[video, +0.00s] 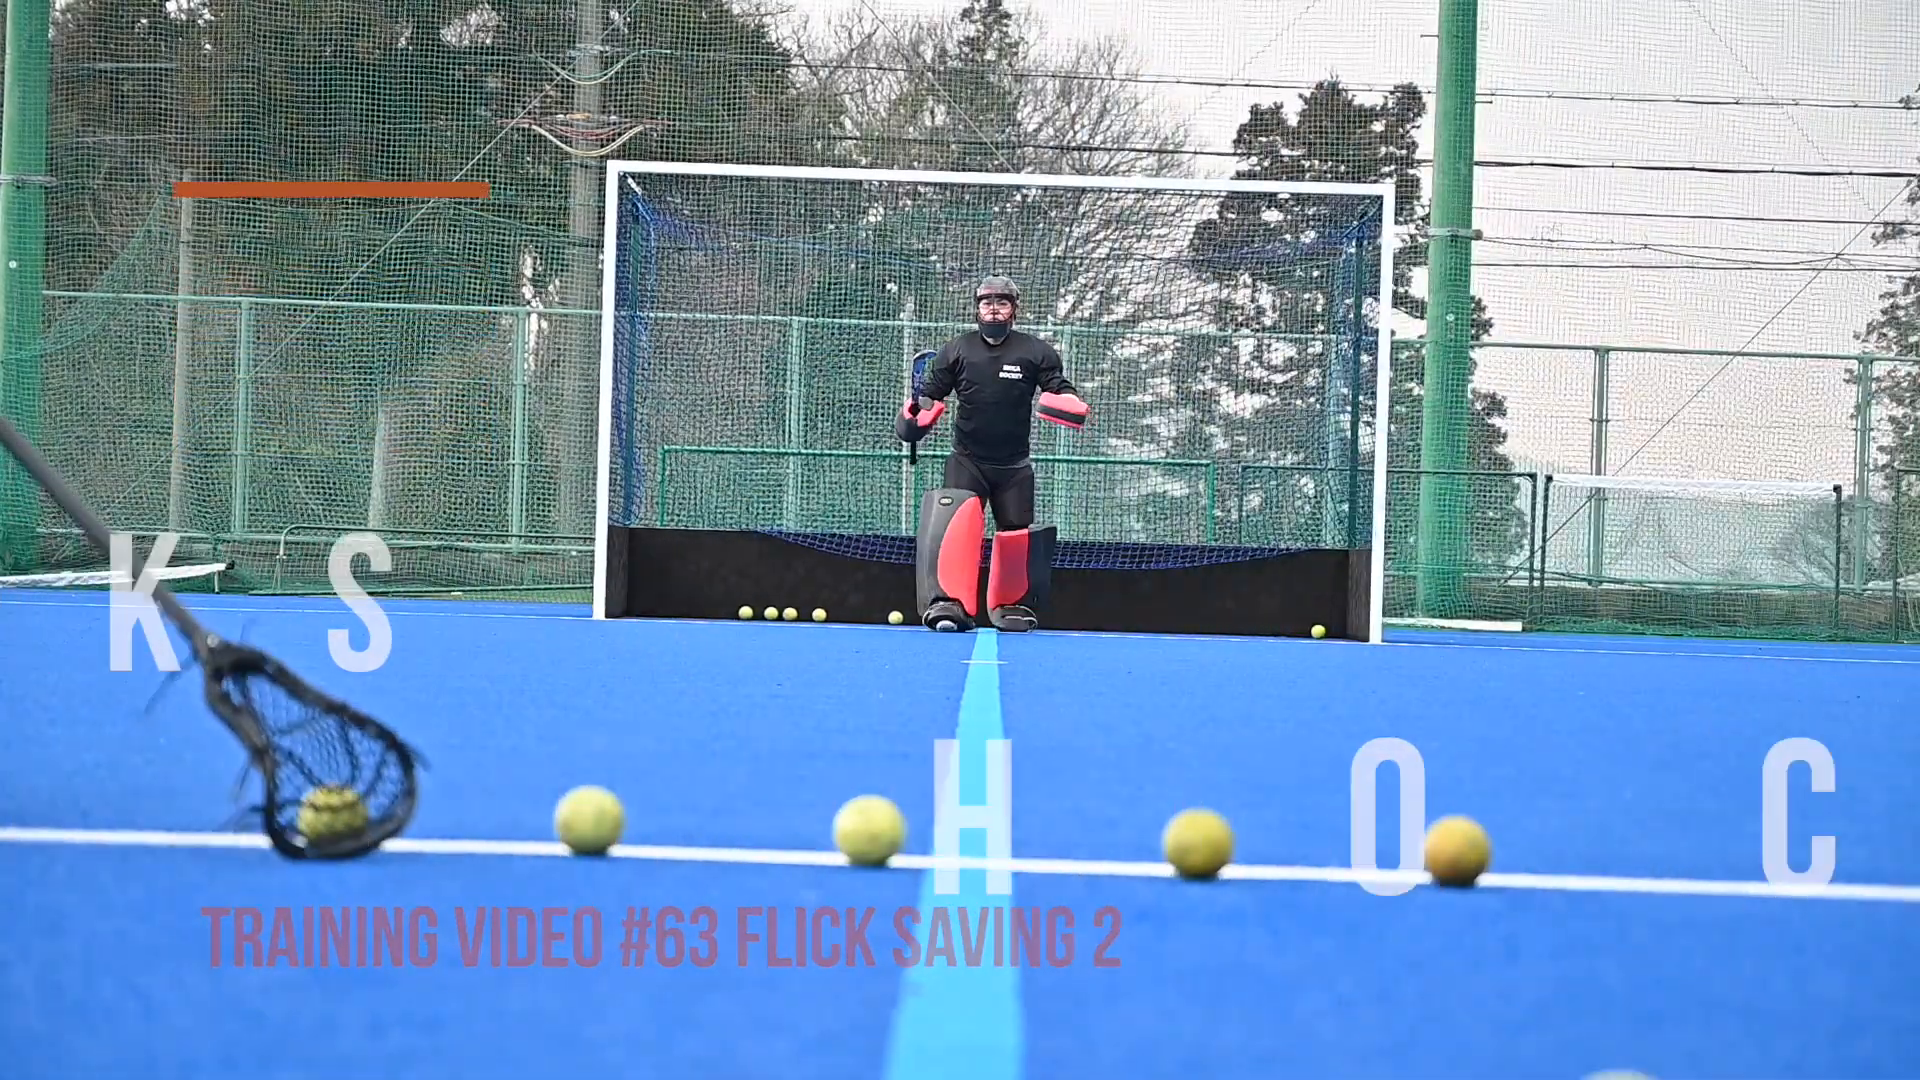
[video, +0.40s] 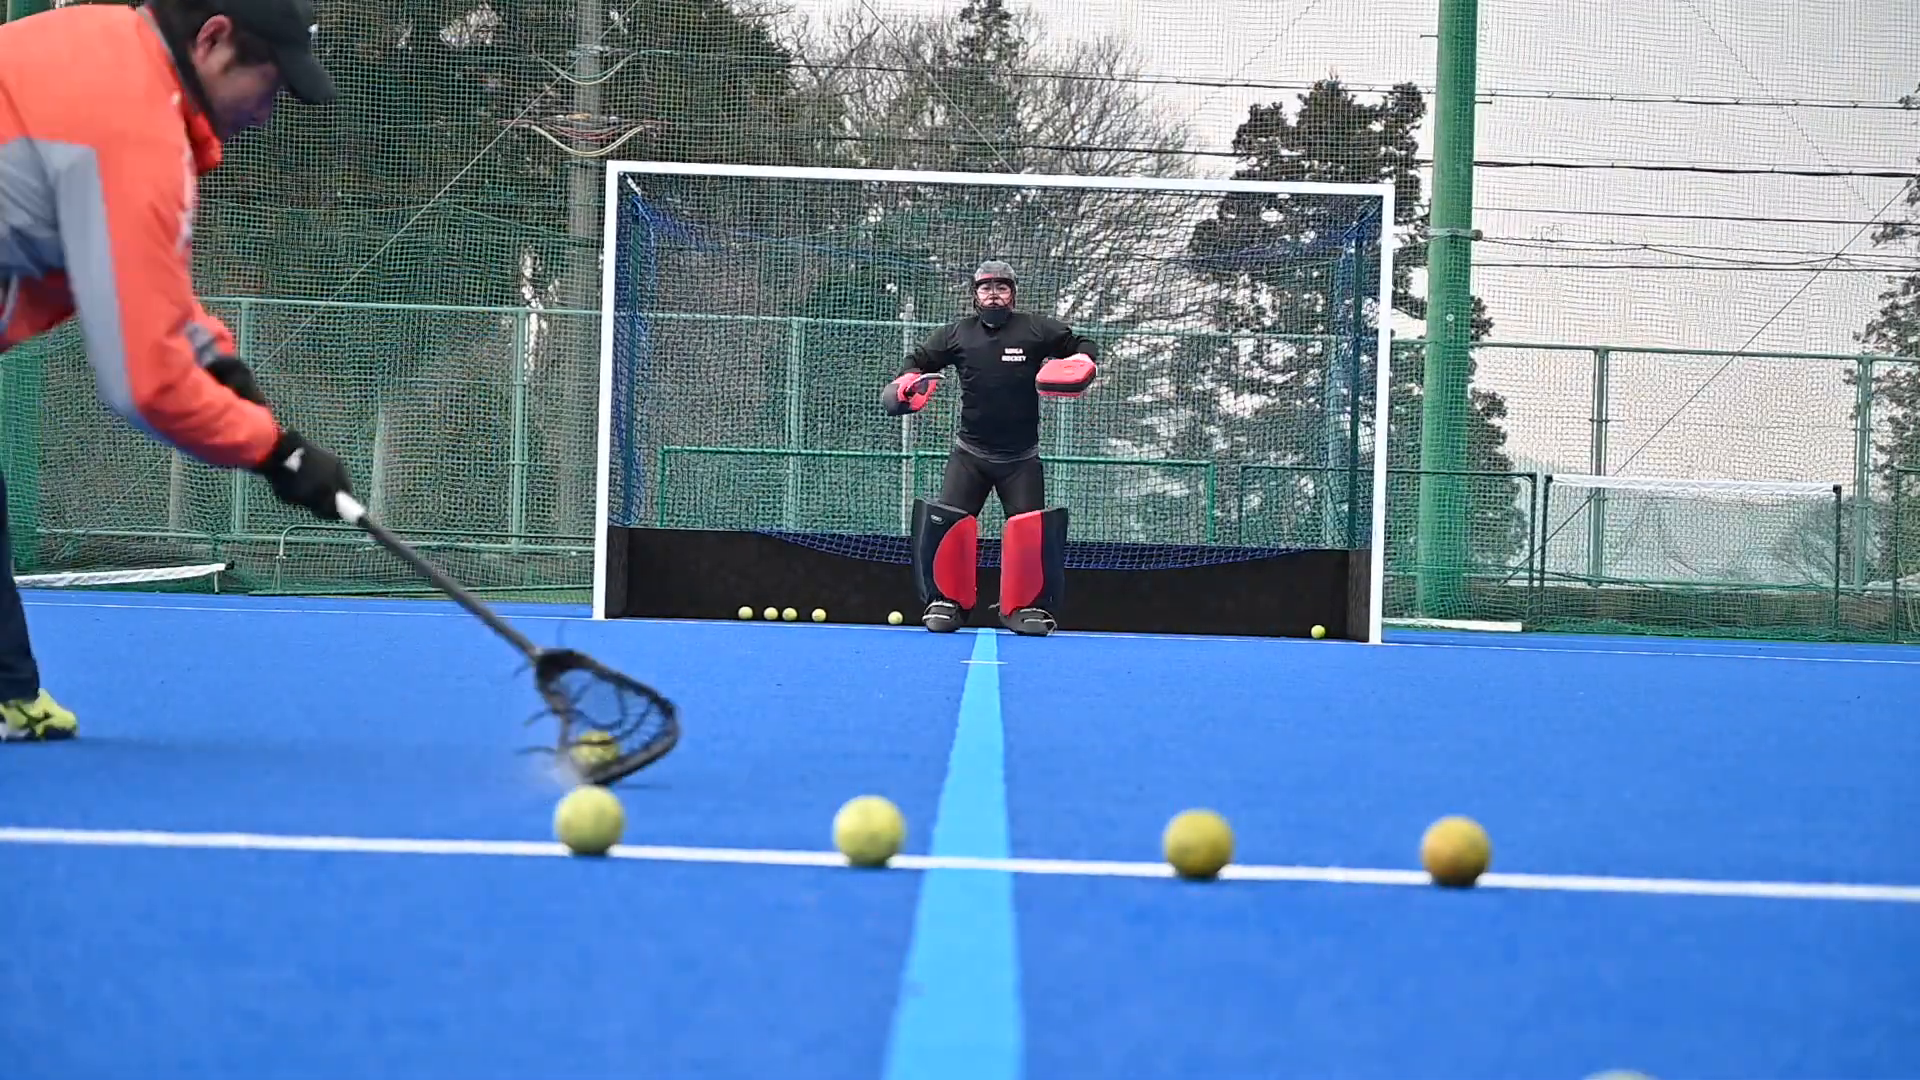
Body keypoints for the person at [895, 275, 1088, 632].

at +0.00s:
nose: (992, 309)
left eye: (1001, 302)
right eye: (986, 302)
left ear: (1014, 309)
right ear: (977, 308)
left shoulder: (1036, 351)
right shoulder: (956, 350)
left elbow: (1060, 388)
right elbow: (929, 396)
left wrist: (1070, 403)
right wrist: (915, 415)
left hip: (1014, 464)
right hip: (966, 460)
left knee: (1016, 538)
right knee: (955, 530)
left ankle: (1011, 608)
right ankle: (949, 607)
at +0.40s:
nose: (993, 293)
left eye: (1001, 286)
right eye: (986, 286)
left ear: (1013, 293)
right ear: (975, 293)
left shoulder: (1037, 330)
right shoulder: (956, 335)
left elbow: (1083, 347)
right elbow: (914, 365)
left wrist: (1081, 365)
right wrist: (903, 389)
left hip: (1021, 457)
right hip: (970, 453)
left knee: (1027, 530)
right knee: (949, 522)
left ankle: (1024, 608)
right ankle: (946, 602)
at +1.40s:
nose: (699, 324)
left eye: (700, 320)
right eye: (696, 320)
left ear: (681, 332)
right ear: (716, 333)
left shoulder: (684, 352)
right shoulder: (743, 368)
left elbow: (682, 393)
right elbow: (765, 425)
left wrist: (645, 431)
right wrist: (775, 483)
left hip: (711, 452)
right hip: (753, 462)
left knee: (649, 517)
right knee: (702, 536)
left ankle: (600, 592)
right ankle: (711, 597)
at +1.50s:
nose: (668, 307)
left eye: (666, 303)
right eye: (669, 302)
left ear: (653, 312)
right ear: (688, 311)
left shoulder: (649, 343)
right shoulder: (716, 349)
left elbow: (631, 394)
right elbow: (739, 408)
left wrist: (588, 434)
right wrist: (757, 465)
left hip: (668, 451)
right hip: (715, 459)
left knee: (616, 520)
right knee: (694, 539)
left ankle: (575, 596)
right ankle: (708, 590)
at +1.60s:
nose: (631, 301)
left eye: (626, 297)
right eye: (642, 294)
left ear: (620, 303)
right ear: (657, 300)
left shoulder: (612, 340)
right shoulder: (689, 337)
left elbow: (583, 396)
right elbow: (712, 395)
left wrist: (547, 433)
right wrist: (733, 439)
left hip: (627, 460)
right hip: (679, 462)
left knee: (590, 531)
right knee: (679, 537)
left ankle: (559, 602)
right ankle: (691, 564)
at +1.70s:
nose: (626, 293)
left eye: (606, 289)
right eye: (629, 288)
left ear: (596, 297)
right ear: (633, 292)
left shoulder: (582, 335)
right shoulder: (662, 330)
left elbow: (553, 392)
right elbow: (685, 389)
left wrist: (520, 434)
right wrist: (717, 425)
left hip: (603, 453)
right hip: (654, 455)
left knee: (579, 527)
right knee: (661, 526)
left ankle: (558, 599)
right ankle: (658, 564)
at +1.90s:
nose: (619, 284)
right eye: (617, 278)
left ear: (575, 282)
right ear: (612, 280)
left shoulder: (550, 322)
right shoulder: (624, 317)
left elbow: (545, 380)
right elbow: (642, 375)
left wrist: (554, 398)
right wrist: (684, 391)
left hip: (579, 444)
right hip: (629, 441)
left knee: (568, 522)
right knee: (653, 502)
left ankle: (554, 599)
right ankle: (668, 581)